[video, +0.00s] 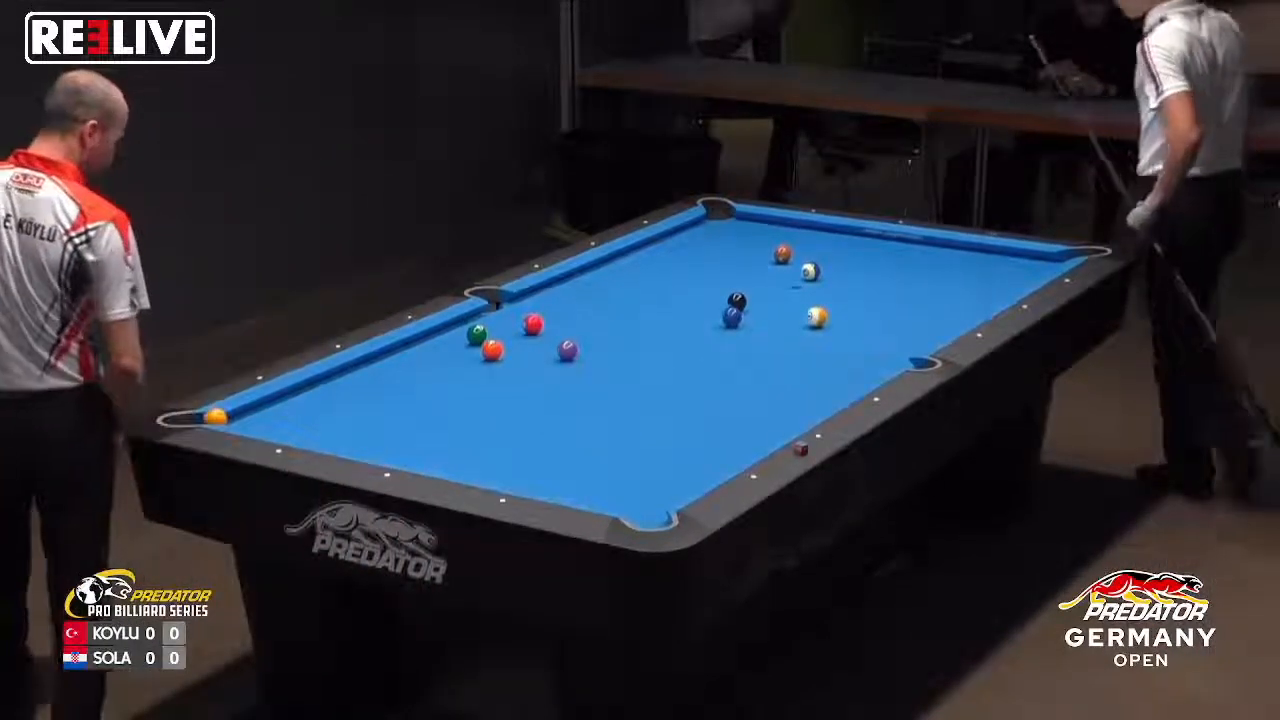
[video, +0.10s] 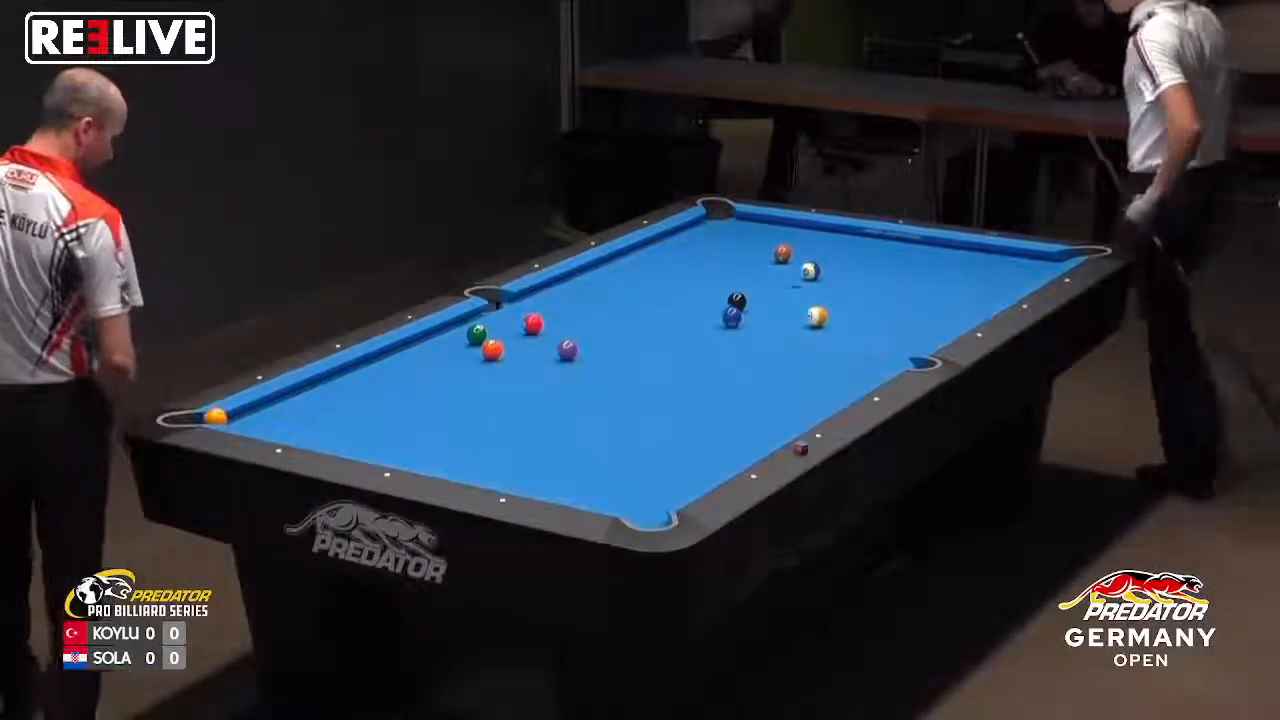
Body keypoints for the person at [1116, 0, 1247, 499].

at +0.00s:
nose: (1120, 5)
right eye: (1118, 1)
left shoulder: (1162, 40)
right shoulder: (1226, 25)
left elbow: (1185, 135)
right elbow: (1228, 118)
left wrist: (1153, 202)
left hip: (1182, 198)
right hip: (1223, 193)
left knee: (1174, 332)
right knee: (1199, 329)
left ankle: (1187, 464)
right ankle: (1237, 443)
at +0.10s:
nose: (1107, 1)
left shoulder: (1152, 34)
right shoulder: (1205, 20)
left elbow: (1186, 127)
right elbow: (1211, 116)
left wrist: (1152, 198)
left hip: (1169, 191)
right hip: (1199, 184)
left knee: (1167, 331)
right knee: (1176, 327)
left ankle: (1188, 467)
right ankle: (1200, 455)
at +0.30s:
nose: (1072, 4)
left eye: (1074, 0)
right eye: (1073, 2)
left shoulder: (1124, 27)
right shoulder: (1132, 19)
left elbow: (1177, 109)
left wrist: (1148, 189)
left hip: (1132, 188)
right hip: (1132, 183)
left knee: (1144, 325)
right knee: (1112, 308)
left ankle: (1188, 465)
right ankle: (1079, 410)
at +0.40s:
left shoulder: (1103, 22)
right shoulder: (1087, 25)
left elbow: (1159, 100)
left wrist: (1134, 184)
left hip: (1108, 189)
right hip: (1094, 183)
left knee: (1127, 336)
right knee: (1075, 319)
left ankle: (1187, 464)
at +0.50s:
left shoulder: (1084, 17)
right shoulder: (1064, 22)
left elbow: (1141, 95)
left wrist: (1122, 178)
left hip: (1091, 181)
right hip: (1067, 176)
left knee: (1097, 327)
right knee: (1054, 316)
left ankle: (1163, 444)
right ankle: (1051, 417)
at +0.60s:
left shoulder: (1058, 13)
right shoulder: (1037, 18)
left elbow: (1113, 90)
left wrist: (1094, 171)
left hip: (1062, 168)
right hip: (1046, 163)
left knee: (1036, 299)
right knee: (1038, 297)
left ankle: (1114, 398)